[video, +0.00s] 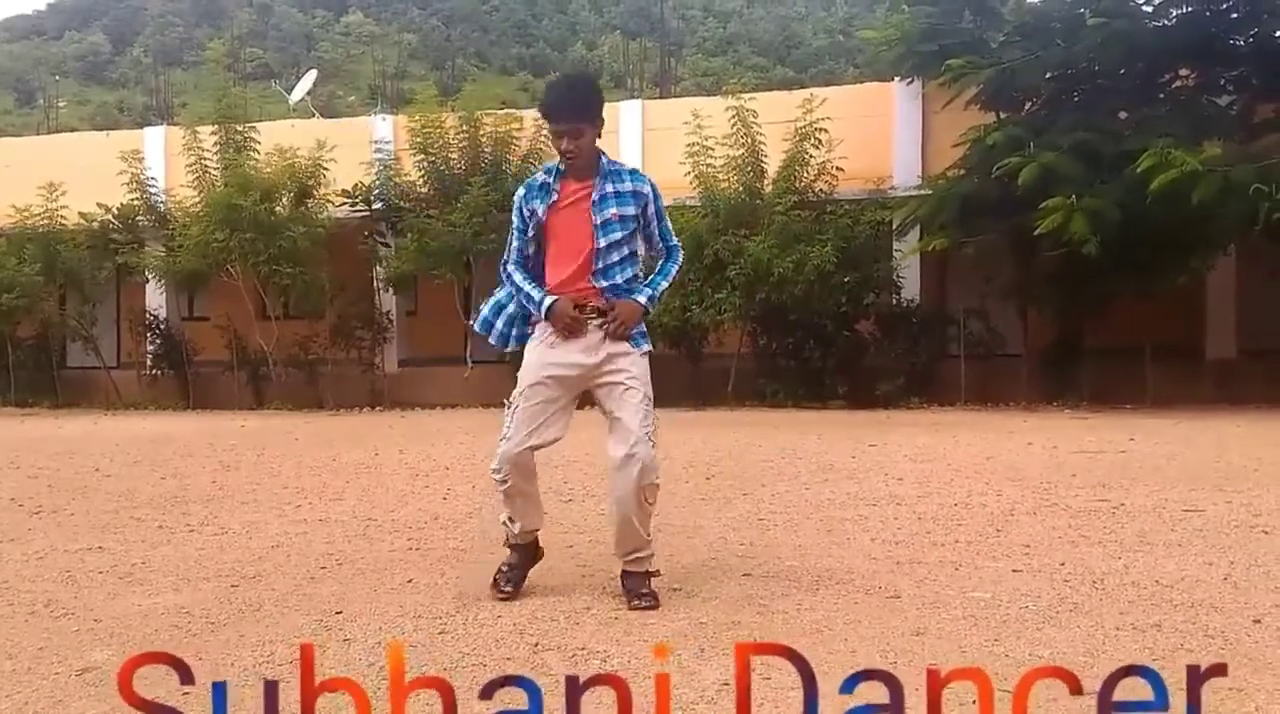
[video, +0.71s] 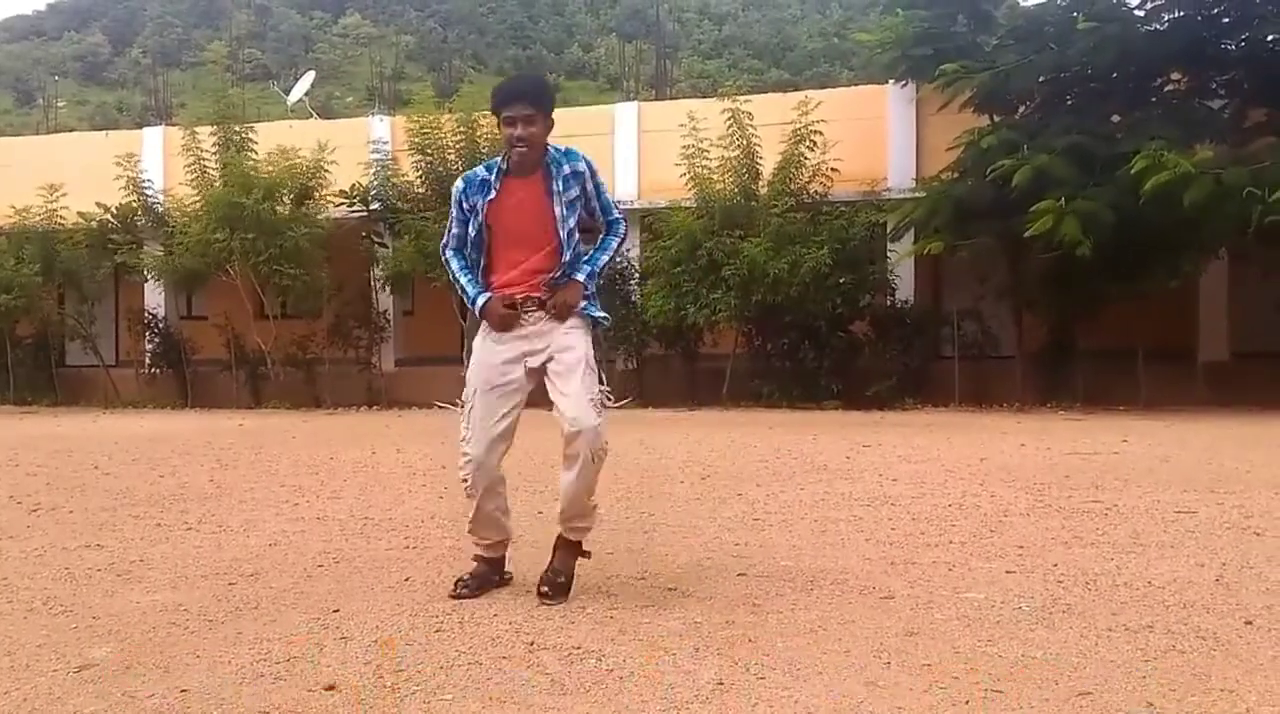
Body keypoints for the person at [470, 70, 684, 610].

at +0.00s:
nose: (567, 146)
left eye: (576, 134)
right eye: (558, 136)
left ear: (598, 126)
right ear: (547, 132)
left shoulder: (636, 187)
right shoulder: (532, 193)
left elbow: (669, 254)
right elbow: (513, 266)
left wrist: (641, 300)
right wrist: (547, 304)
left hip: (621, 341)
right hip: (553, 341)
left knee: (635, 456)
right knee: (511, 455)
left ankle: (636, 568)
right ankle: (522, 544)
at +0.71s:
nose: (518, 132)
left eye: (529, 122)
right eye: (509, 122)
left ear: (549, 124)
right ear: (497, 126)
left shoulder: (575, 170)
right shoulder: (472, 186)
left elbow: (613, 228)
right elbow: (454, 250)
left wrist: (580, 280)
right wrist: (481, 301)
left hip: (564, 322)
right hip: (498, 326)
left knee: (586, 429)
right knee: (478, 454)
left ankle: (568, 549)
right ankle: (491, 559)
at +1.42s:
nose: (415, 143)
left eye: (424, 135)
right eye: (404, 134)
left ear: (436, 142)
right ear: (386, 141)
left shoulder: (459, 206)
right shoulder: (360, 205)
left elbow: (485, 271)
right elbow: (340, 280)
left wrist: (472, 320)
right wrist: (345, 339)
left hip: (444, 352)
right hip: (377, 352)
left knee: (468, 451)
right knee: (353, 468)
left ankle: (453, 554)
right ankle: (368, 558)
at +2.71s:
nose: (501, 153)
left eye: (513, 144)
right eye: (494, 143)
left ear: (532, 154)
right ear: (484, 150)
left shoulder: (537, 228)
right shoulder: (449, 200)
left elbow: (531, 301)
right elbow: (393, 259)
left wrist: (547, 342)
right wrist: (364, 331)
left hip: (491, 354)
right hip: (434, 340)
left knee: (498, 457)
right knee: (441, 450)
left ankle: (497, 560)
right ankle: (395, 494)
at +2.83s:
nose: (492, 139)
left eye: (504, 131)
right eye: (484, 128)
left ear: (519, 139)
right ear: (471, 130)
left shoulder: (522, 201)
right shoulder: (434, 186)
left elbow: (513, 279)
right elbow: (400, 261)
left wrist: (508, 343)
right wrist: (381, 339)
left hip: (485, 337)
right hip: (427, 329)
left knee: (491, 446)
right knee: (422, 449)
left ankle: (496, 556)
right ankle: (377, 549)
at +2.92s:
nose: (488, 145)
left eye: (499, 136)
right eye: (480, 133)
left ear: (510, 141)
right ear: (463, 131)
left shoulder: (508, 198)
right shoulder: (423, 187)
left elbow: (497, 276)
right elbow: (398, 271)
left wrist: (494, 335)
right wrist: (414, 343)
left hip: (476, 337)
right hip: (420, 334)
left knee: (490, 441)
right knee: (406, 458)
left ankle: (494, 556)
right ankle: (366, 551)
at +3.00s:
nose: (489, 154)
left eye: (498, 146)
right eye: (480, 142)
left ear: (506, 150)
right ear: (458, 140)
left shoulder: (499, 200)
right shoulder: (417, 192)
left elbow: (486, 264)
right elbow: (394, 274)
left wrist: (478, 309)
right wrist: (452, 313)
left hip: (466, 345)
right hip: (410, 342)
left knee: (492, 443)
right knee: (398, 460)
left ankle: (489, 555)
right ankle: (365, 554)